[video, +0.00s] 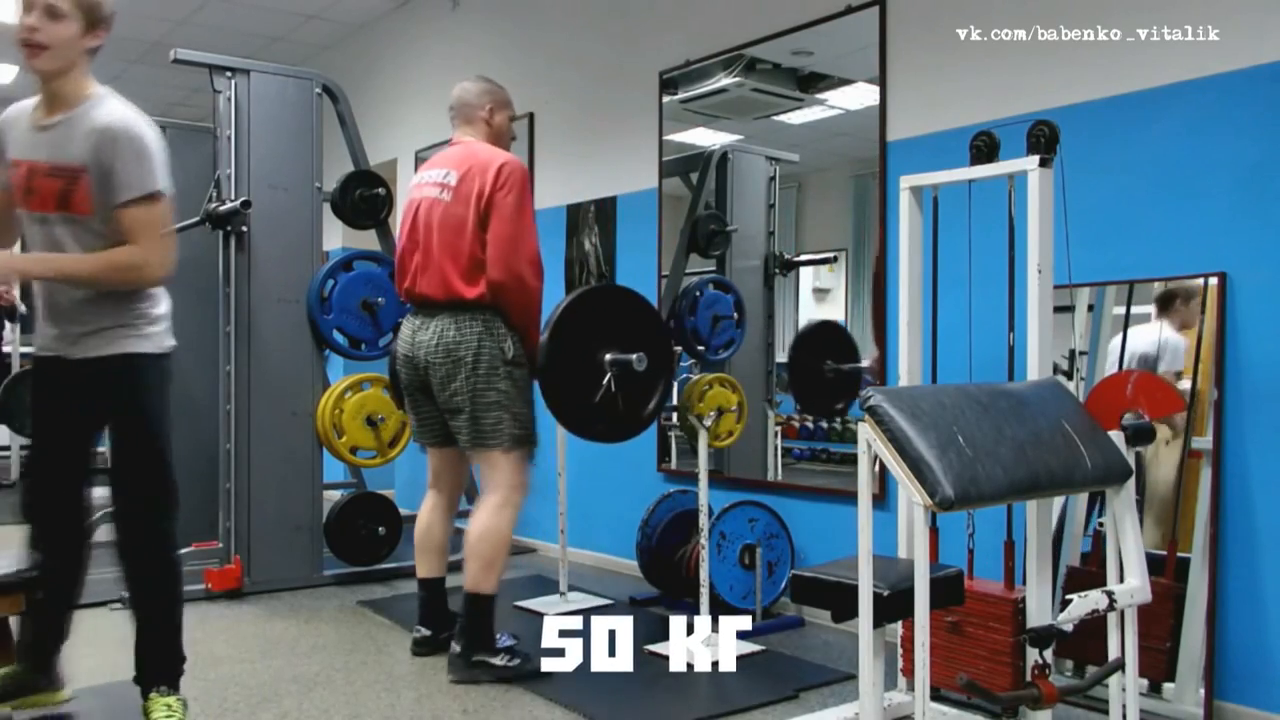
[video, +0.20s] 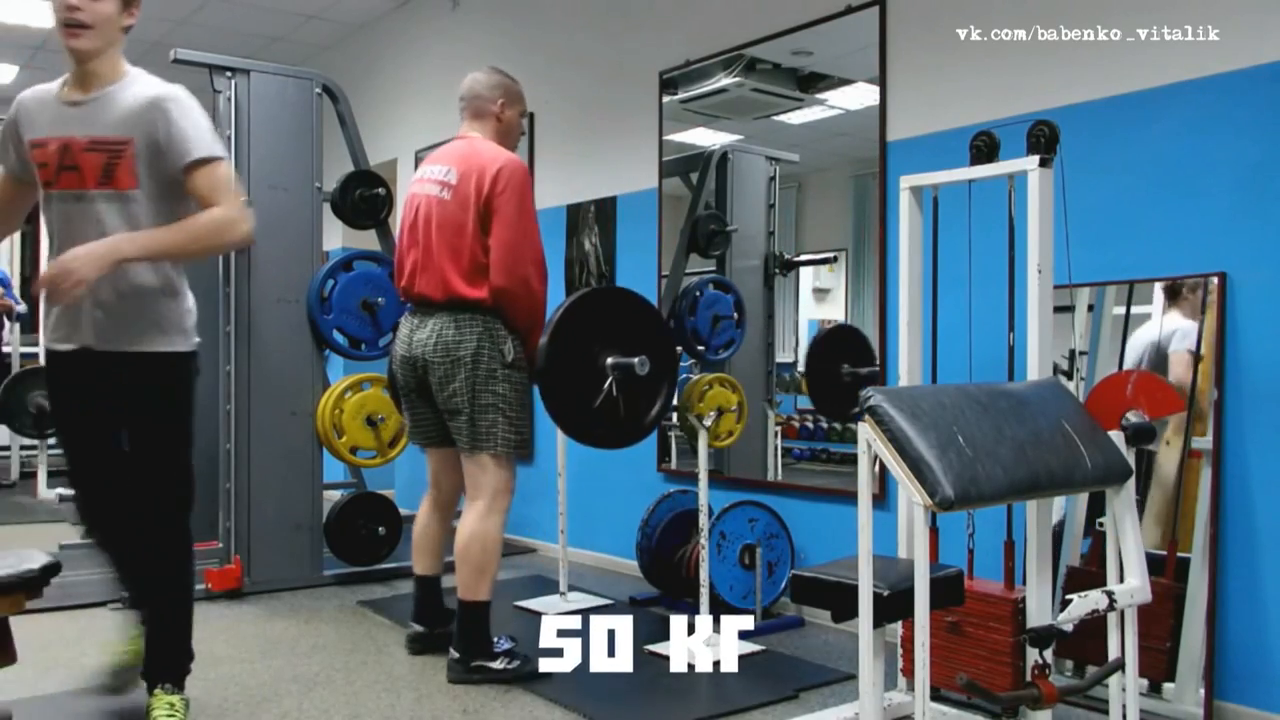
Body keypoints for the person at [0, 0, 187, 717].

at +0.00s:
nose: (30, 27)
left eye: (51, 15)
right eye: (26, 13)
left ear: (94, 34)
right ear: (19, 25)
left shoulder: (124, 130)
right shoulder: (13, 124)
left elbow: (156, 258)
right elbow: (10, 234)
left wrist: (28, 265)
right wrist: (8, 275)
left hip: (132, 350)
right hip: (56, 352)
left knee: (145, 520)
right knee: (52, 511)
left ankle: (161, 685)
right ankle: (38, 669)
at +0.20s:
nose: (74, 6)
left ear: (129, 12)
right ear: (54, 10)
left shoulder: (163, 105)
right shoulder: (30, 108)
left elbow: (234, 219)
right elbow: (16, 197)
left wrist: (111, 249)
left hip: (154, 346)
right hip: (70, 346)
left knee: (158, 513)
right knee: (100, 507)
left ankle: (167, 685)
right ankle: (155, 616)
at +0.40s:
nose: (77, 12)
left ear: (128, 10)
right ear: (53, 13)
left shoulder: (169, 96)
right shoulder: (34, 114)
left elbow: (250, 210)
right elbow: (11, 212)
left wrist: (128, 242)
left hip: (179, 346)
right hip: (85, 351)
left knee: (183, 525)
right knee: (101, 518)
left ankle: (177, 687)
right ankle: (179, 586)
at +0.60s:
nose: (74, 4)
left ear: (122, 2)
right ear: (47, 7)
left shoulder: (170, 88)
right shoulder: (21, 102)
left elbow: (234, 220)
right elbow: (20, 223)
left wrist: (100, 236)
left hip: (176, 345)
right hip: (72, 346)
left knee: (186, 526)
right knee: (39, 515)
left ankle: (177, 685)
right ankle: (89, 685)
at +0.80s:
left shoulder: (162, 83)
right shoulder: (3, 82)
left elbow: (236, 222)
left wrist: (111, 255)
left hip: (146, 357)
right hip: (20, 361)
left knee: (165, 535)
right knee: (16, 554)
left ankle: (177, 690)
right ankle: (27, 709)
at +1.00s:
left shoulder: (160, 41)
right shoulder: (4, 35)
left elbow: (231, 189)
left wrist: (136, 231)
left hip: (139, 333)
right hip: (13, 346)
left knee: (185, 571)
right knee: (17, 586)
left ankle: (169, 712)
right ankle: (31, 711)